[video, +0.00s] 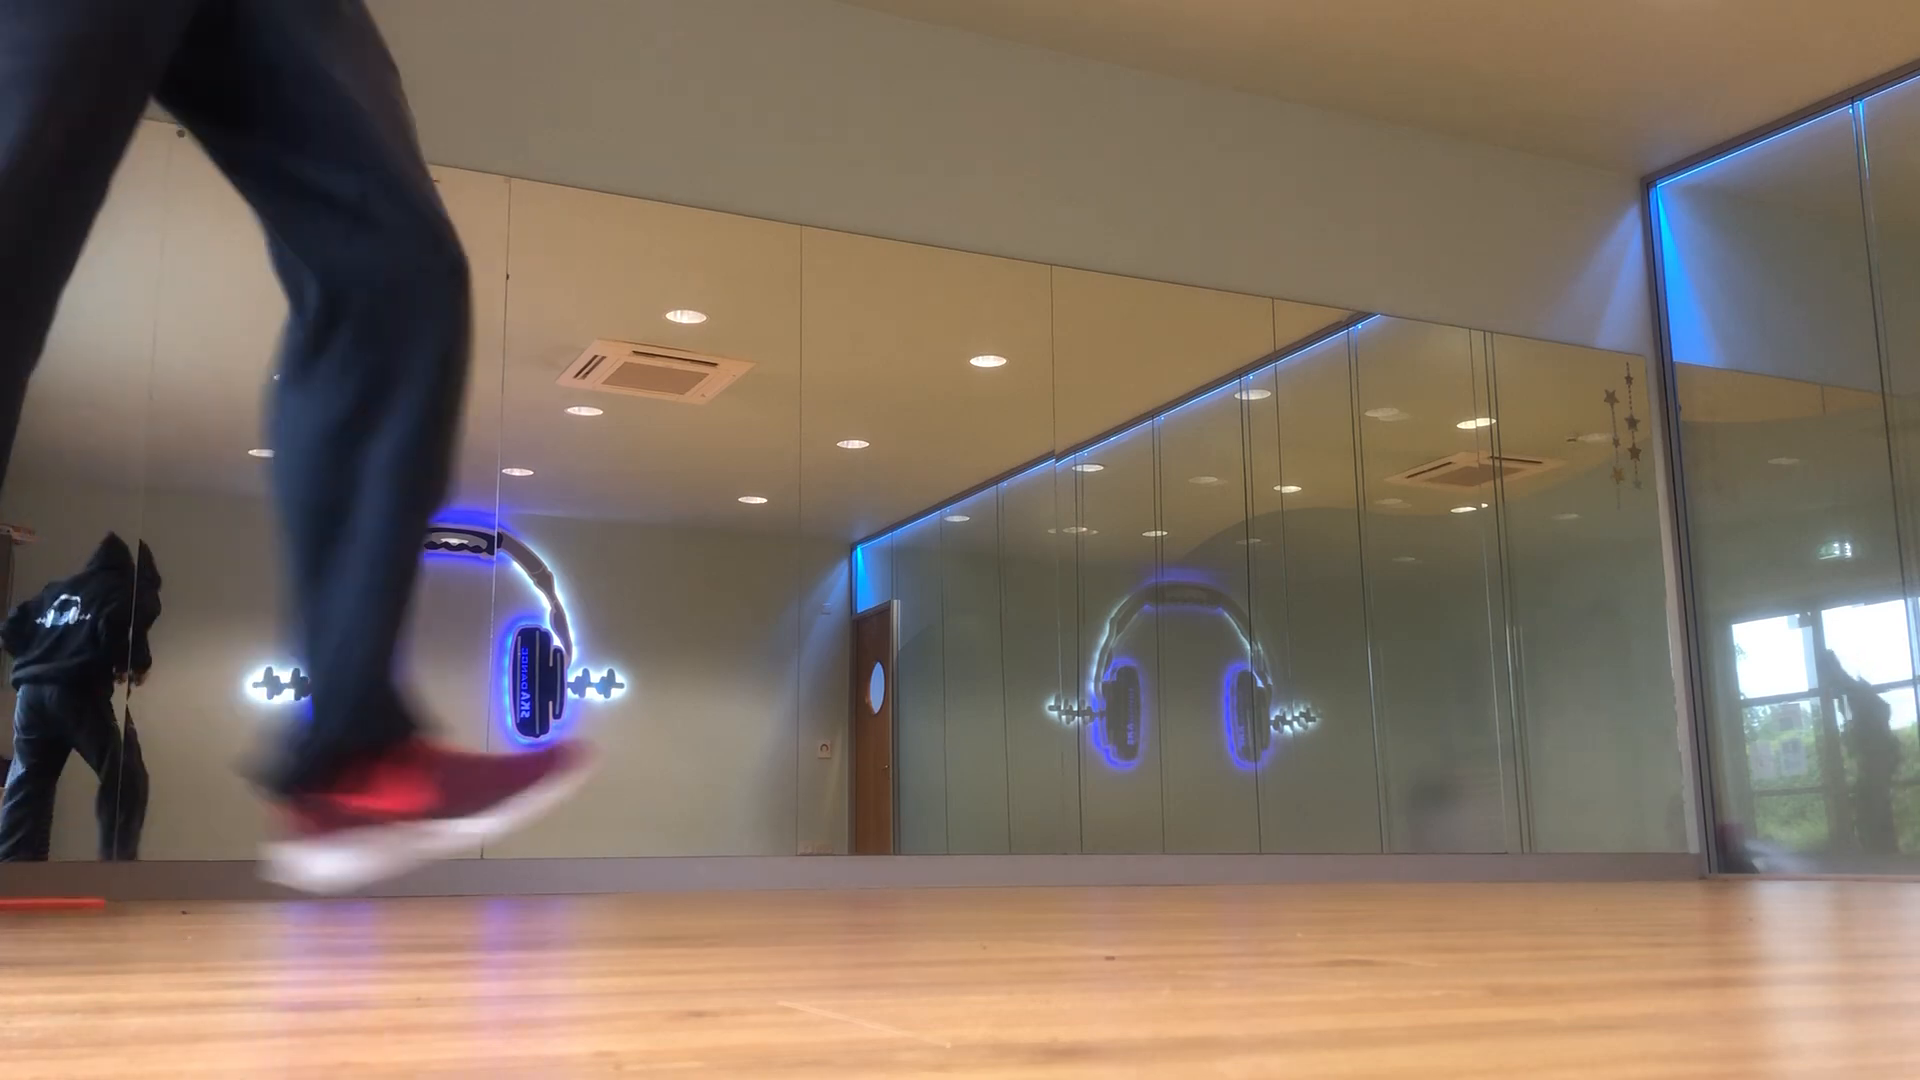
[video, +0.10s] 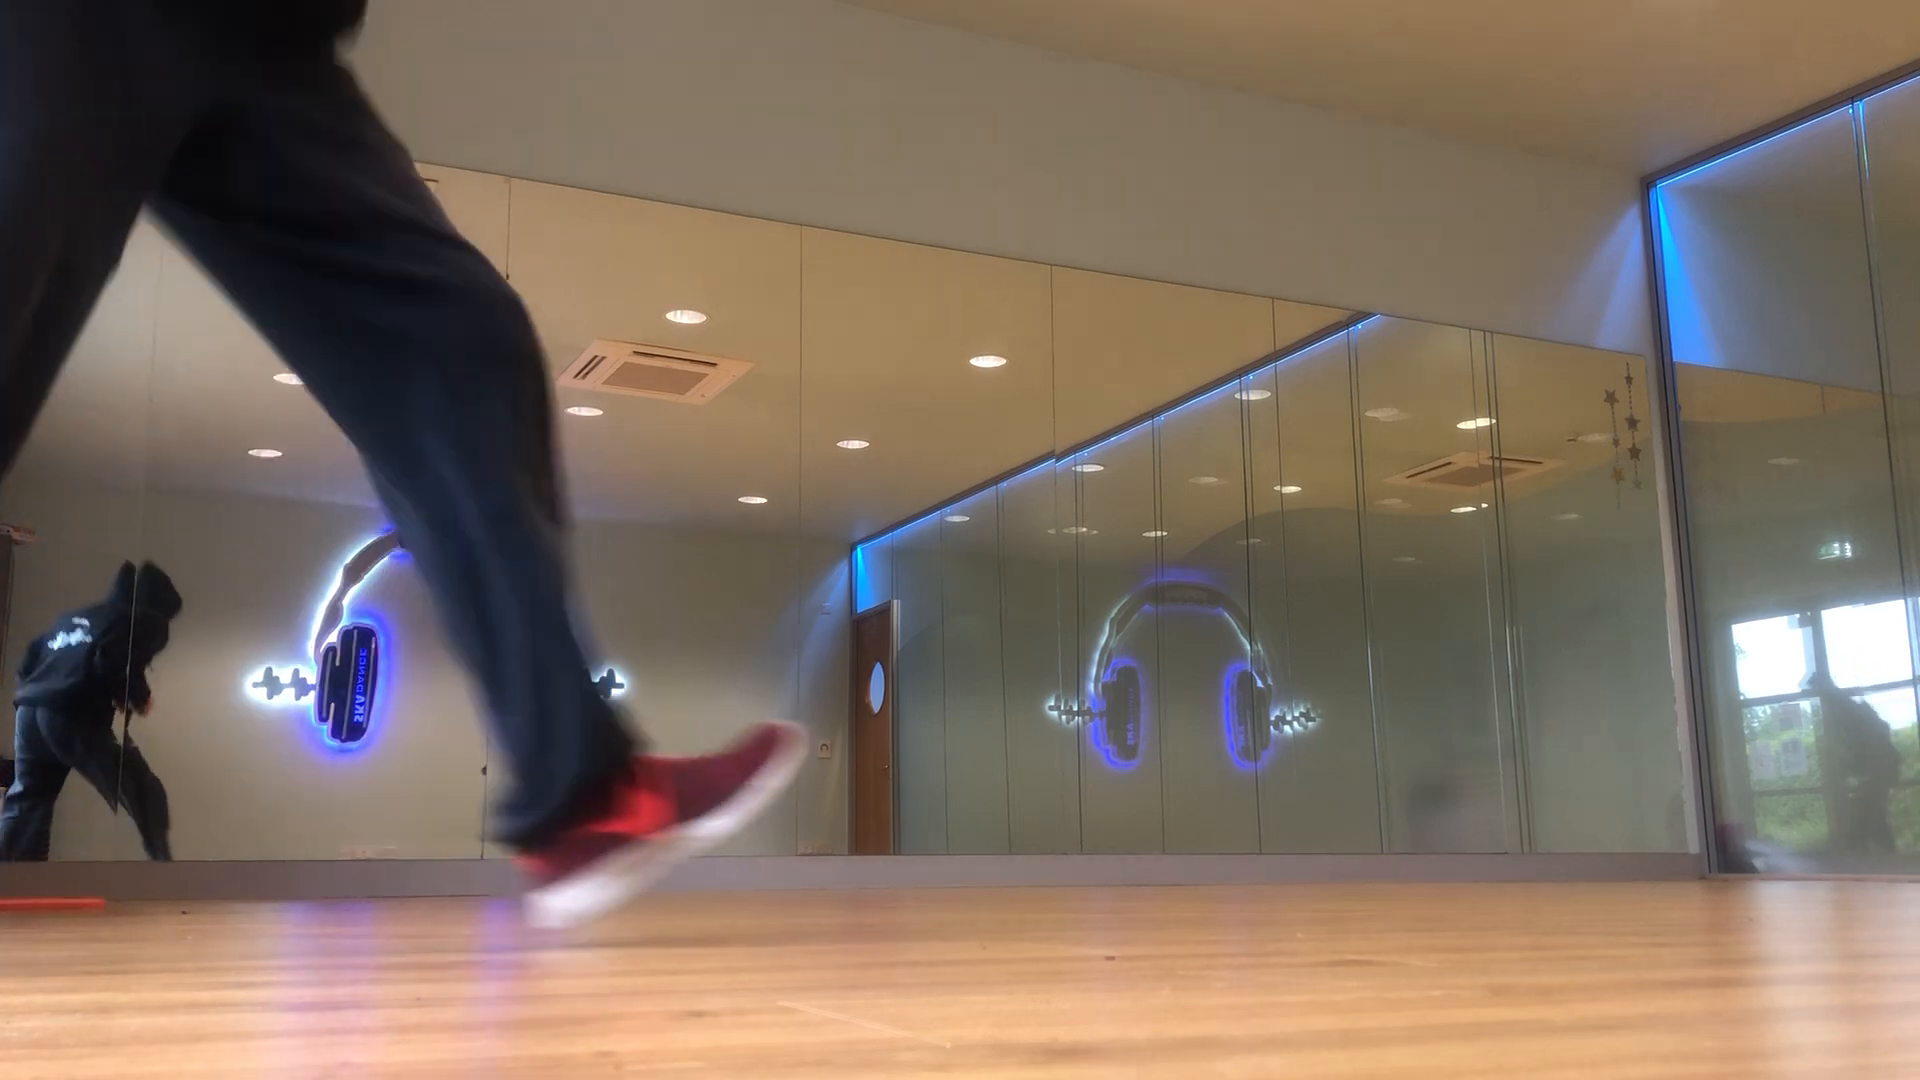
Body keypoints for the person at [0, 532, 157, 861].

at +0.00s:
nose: (154, 591)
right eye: (152, 585)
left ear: (95, 563)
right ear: (130, 569)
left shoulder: (59, 588)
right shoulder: (132, 590)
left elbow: (12, 625)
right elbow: (118, 621)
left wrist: (35, 657)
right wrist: (136, 664)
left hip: (30, 695)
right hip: (80, 695)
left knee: (27, 783)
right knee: (123, 776)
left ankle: (12, 870)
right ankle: (117, 870)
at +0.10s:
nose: (167, 619)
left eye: (170, 613)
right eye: (167, 612)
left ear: (128, 591)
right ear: (158, 603)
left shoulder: (80, 615)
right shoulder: (149, 620)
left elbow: (32, 655)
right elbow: (115, 654)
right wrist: (137, 694)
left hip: (29, 714)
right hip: (76, 715)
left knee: (25, 800)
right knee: (143, 789)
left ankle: (11, 881)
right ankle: (163, 867)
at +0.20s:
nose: (191, 641)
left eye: (193, 636)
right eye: (191, 636)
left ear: (160, 618)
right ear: (186, 630)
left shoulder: (117, 633)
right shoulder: (175, 644)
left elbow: (62, 667)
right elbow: (140, 677)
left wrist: (47, 706)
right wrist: (155, 719)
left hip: (42, 721)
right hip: (86, 726)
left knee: (35, 808)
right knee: (156, 798)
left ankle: (6, 871)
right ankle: (179, 868)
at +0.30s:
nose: (226, 633)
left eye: (226, 627)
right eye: (227, 627)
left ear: (196, 612)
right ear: (222, 623)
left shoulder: (151, 632)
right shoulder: (212, 642)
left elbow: (86, 666)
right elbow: (193, 681)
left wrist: (70, 713)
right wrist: (198, 716)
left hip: (84, 713)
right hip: (133, 718)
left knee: (62, 797)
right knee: (187, 794)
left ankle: (7, 863)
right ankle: (187, 882)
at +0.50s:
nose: (284, 586)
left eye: (284, 580)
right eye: (283, 579)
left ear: (250, 565)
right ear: (276, 572)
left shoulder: (217, 592)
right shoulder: (268, 595)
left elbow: (174, 631)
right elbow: (263, 644)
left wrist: (186, 672)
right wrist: (283, 646)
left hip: (177, 693)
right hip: (219, 695)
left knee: (180, 777)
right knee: (238, 779)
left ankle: (148, 856)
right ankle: (216, 862)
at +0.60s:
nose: (306, 589)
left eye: (308, 583)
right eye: (307, 582)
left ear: (273, 566)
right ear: (299, 574)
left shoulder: (231, 595)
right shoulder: (292, 597)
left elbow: (211, 650)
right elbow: (288, 653)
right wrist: (286, 684)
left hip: (211, 704)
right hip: (254, 707)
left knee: (215, 788)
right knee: (273, 786)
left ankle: (192, 874)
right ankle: (268, 874)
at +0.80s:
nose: (378, 602)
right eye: (378, 596)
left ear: (346, 584)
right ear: (372, 593)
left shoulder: (308, 617)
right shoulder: (360, 616)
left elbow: (292, 669)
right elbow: (363, 671)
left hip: (283, 716)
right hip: (323, 717)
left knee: (272, 797)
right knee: (354, 793)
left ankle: (211, 862)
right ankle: (363, 874)